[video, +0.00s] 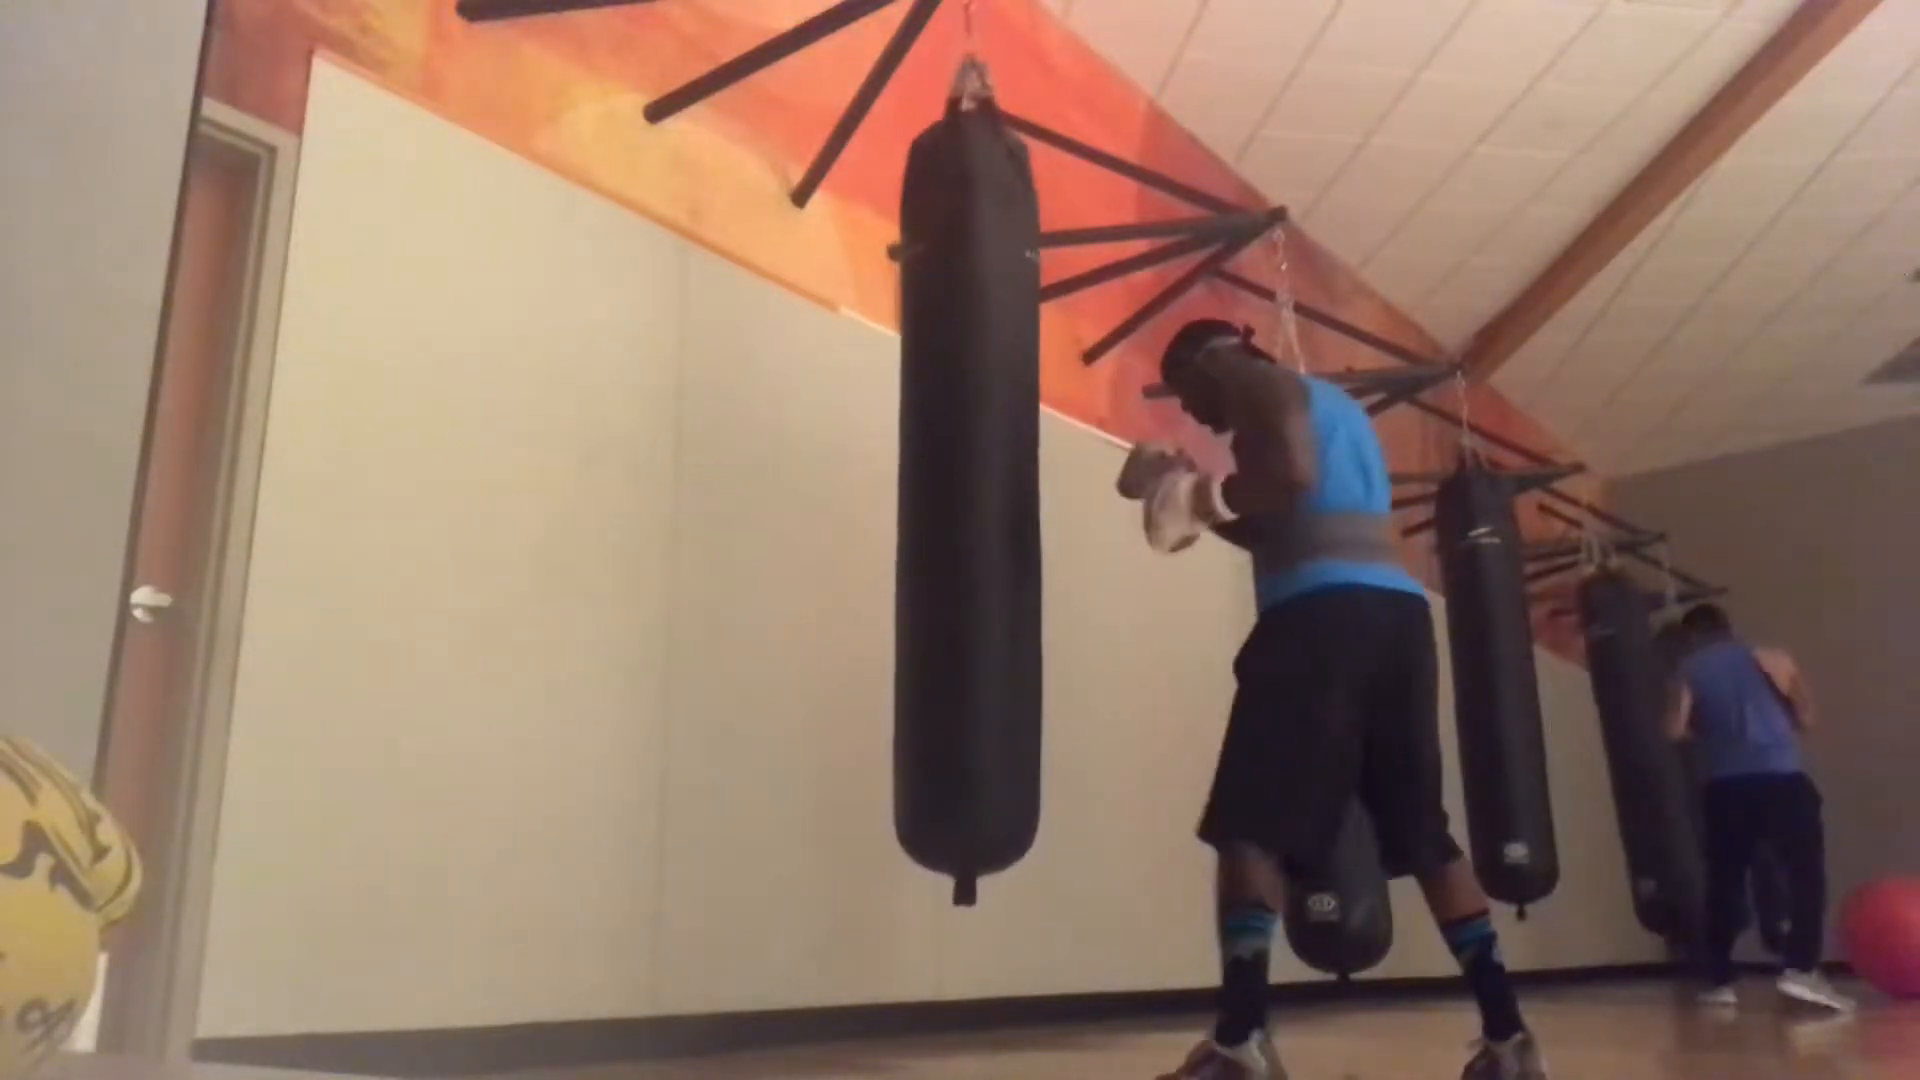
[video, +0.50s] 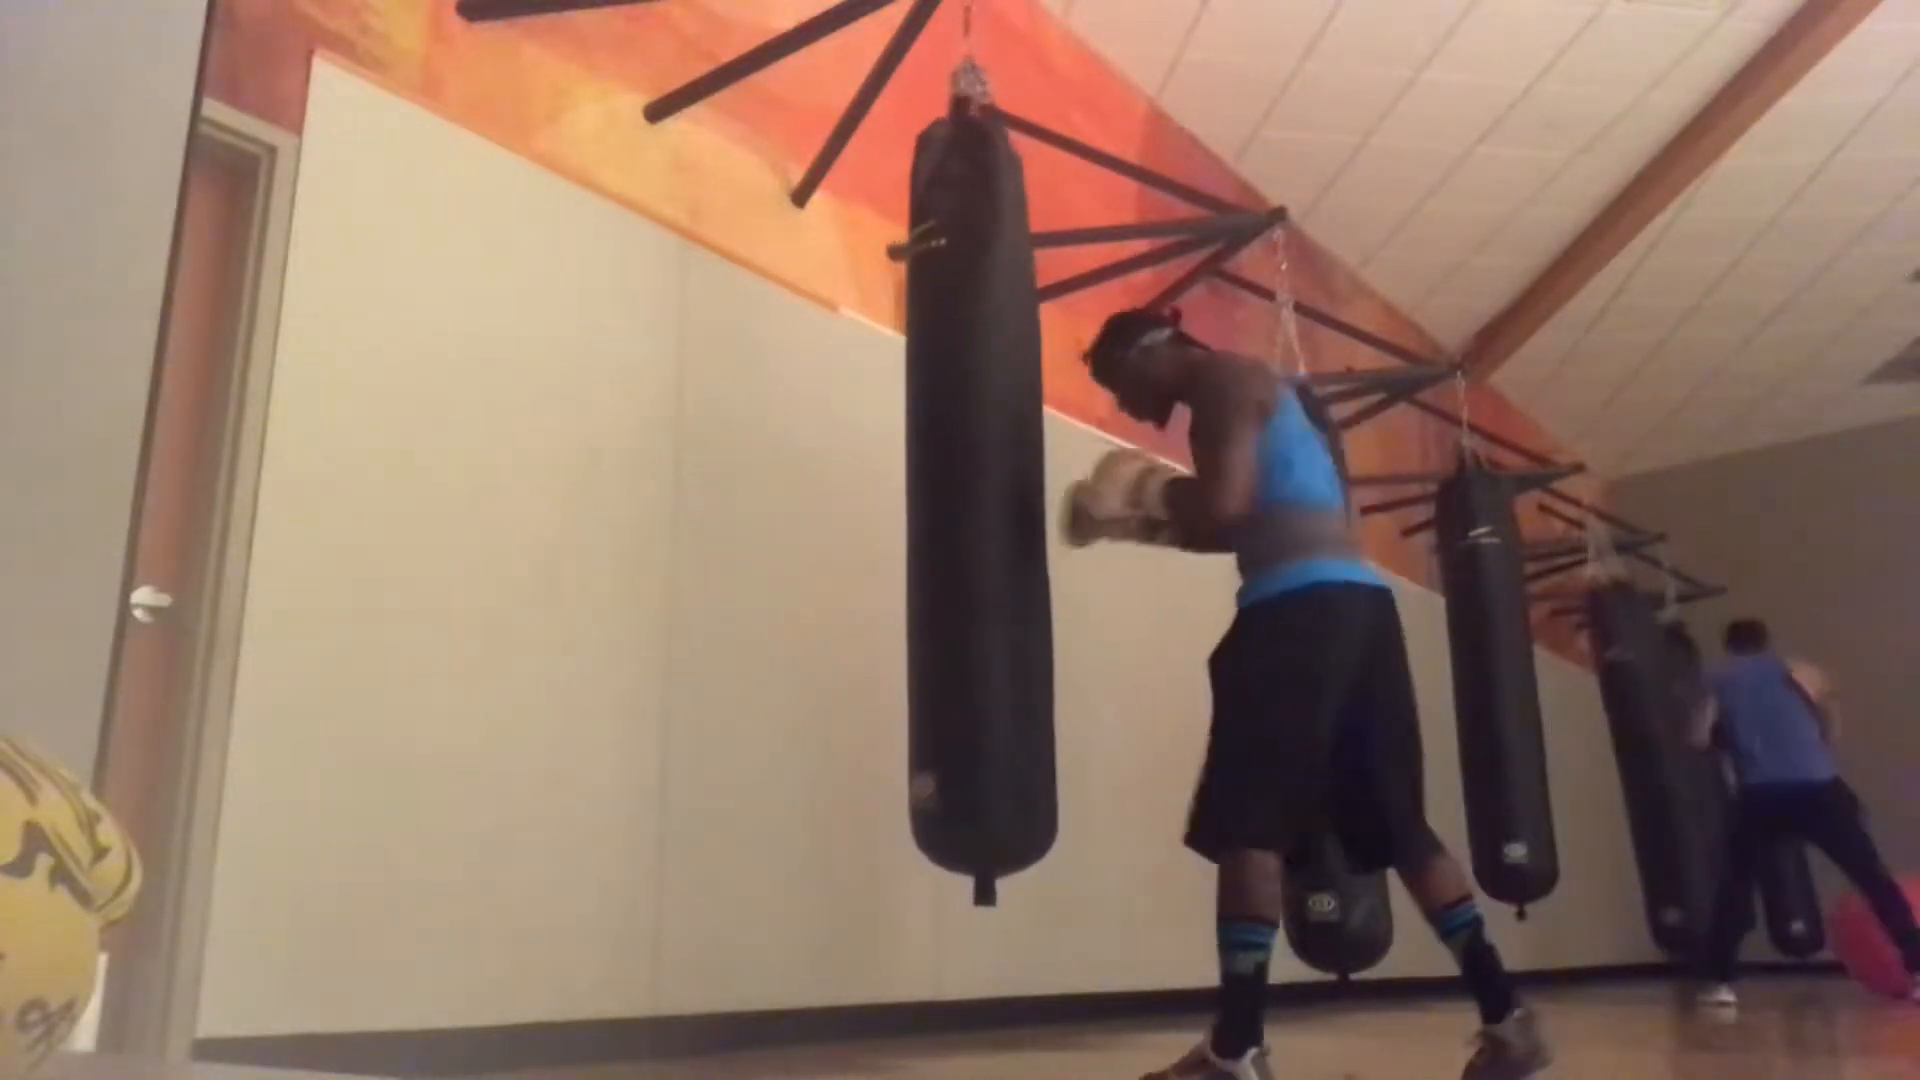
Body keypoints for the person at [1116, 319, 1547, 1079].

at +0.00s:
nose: (1199, 412)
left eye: (1192, 393)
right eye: (1190, 401)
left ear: (1215, 359)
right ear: (1251, 344)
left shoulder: (1263, 385)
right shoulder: (1343, 409)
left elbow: (1294, 472)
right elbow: (1285, 533)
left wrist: (1220, 493)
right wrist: (1205, 509)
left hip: (1316, 624)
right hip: (1402, 621)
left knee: (1246, 828)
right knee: (1423, 831)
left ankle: (1241, 1035)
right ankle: (1507, 1034)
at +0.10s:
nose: (1200, 414)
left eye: (1196, 395)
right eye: (1193, 403)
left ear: (1219, 361)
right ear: (1255, 347)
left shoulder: (1262, 384)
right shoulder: (1347, 406)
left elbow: (1253, 485)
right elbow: (1297, 531)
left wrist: (1189, 483)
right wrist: (1208, 496)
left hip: (1318, 620)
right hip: (1407, 616)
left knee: (1226, 810)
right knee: (1431, 826)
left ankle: (1226, 1025)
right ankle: (1509, 1036)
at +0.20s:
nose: (1187, 409)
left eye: (1184, 393)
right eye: (1180, 400)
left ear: (1209, 360)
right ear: (1242, 343)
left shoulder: (1246, 378)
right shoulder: (1342, 400)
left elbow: (1187, 475)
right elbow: (1267, 512)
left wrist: (1110, 478)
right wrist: (1160, 497)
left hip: (1306, 619)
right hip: (1398, 616)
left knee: (1233, 817)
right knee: (1438, 826)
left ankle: (1226, 1033)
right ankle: (1509, 1035)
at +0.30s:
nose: (1172, 409)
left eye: (1169, 393)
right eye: (1166, 400)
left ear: (1194, 358)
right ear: (1226, 342)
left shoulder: (1230, 380)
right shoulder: (1323, 400)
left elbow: (1142, 488)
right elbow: (1286, 514)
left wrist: (1068, 497)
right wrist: (1194, 513)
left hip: (1285, 633)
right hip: (1380, 633)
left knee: (1230, 833)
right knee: (1427, 834)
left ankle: (1230, 1044)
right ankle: (1503, 1034)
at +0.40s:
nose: (1154, 413)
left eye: (1148, 394)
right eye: (1145, 402)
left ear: (1171, 358)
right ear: (1203, 343)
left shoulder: (1217, 378)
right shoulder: (1296, 399)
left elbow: (1159, 501)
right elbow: (1244, 518)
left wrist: (1101, 493)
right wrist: (1137, 501)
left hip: (1281, 628)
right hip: (1370, 626)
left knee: (1230, 827)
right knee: (1408, 826)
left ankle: (1232, 1043)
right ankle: (1500, 1023)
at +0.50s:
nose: (1139, 411)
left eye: (1128, 389)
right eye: (1125, 399)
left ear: (1154, 346)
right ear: (1169, 339)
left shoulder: (1225, 378)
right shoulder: (1270, 387)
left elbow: (1222, 513)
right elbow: (1236, 525)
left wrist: (1154, 488)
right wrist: (1143, 522)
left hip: (1292, 623)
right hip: (1364, 617)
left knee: (1249, 830)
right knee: (1398, 824)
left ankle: (1235, 1046)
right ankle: (1508, 1019)